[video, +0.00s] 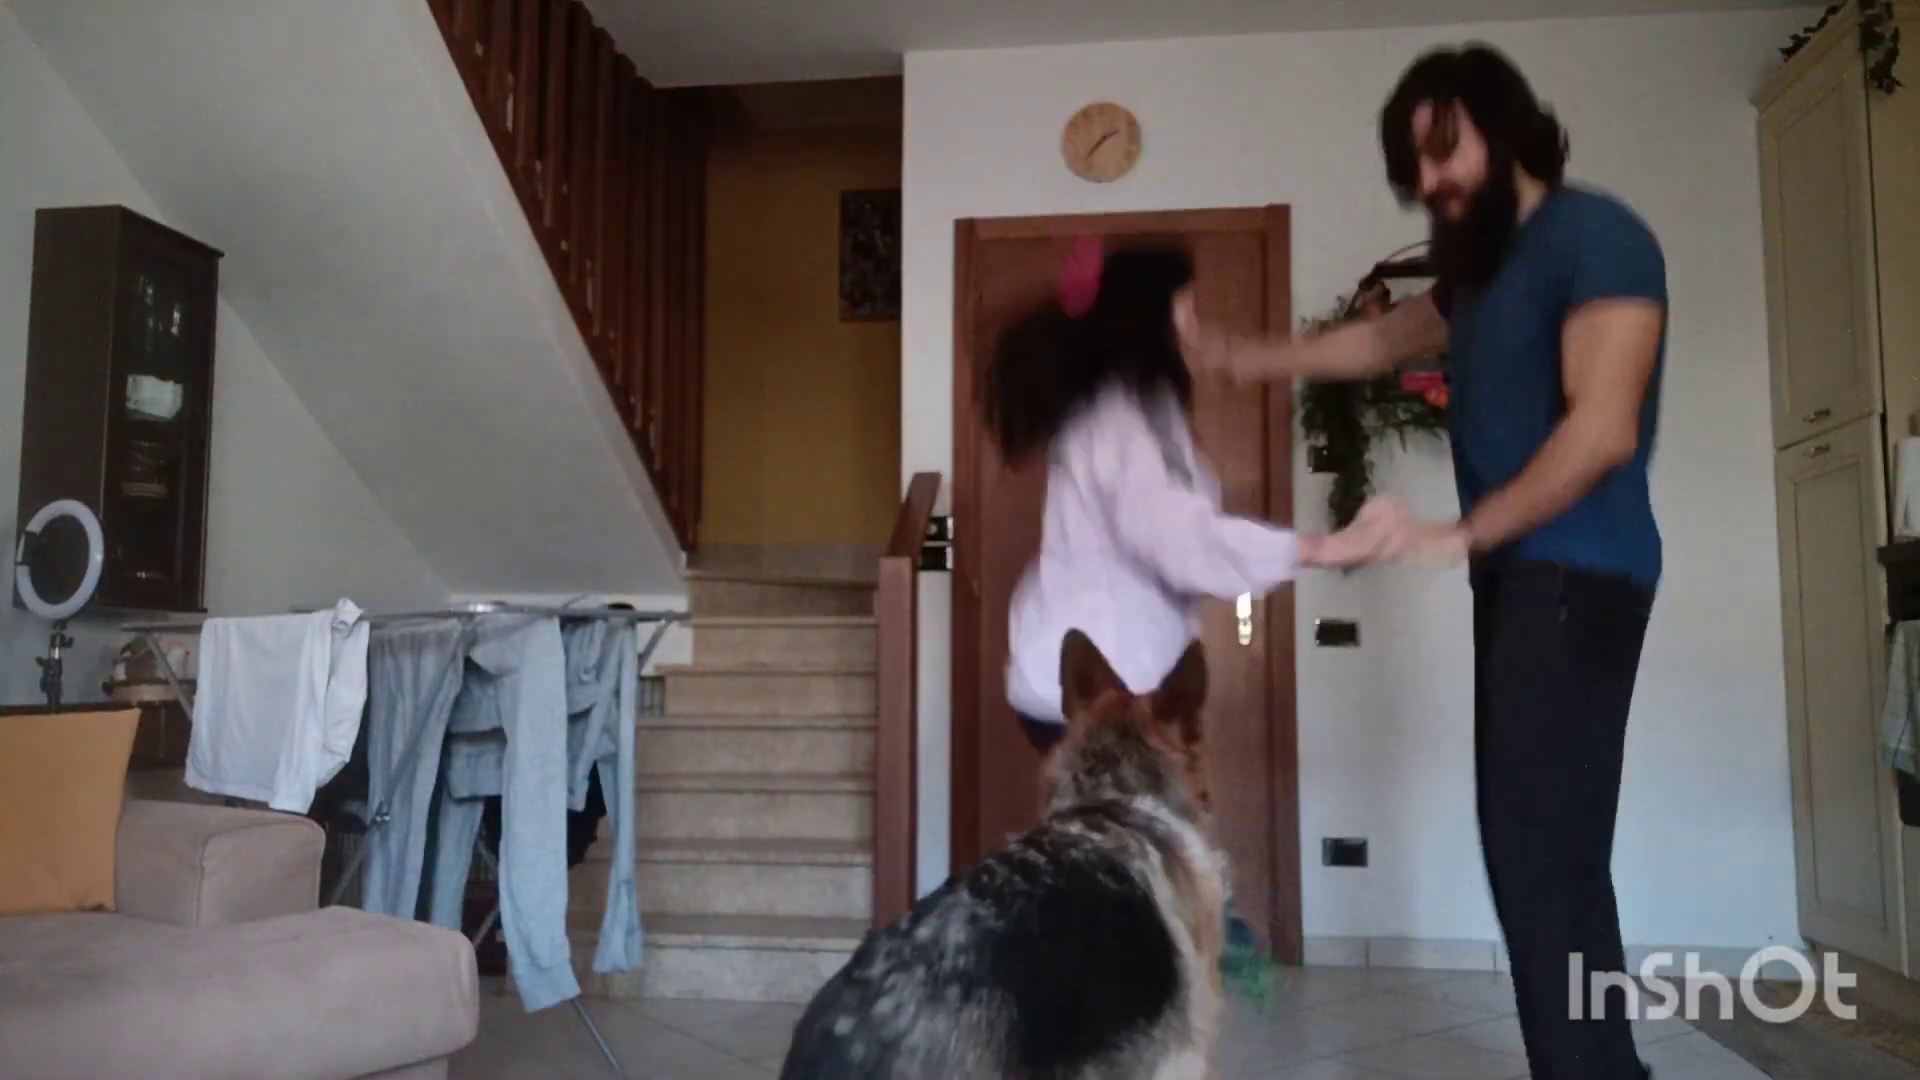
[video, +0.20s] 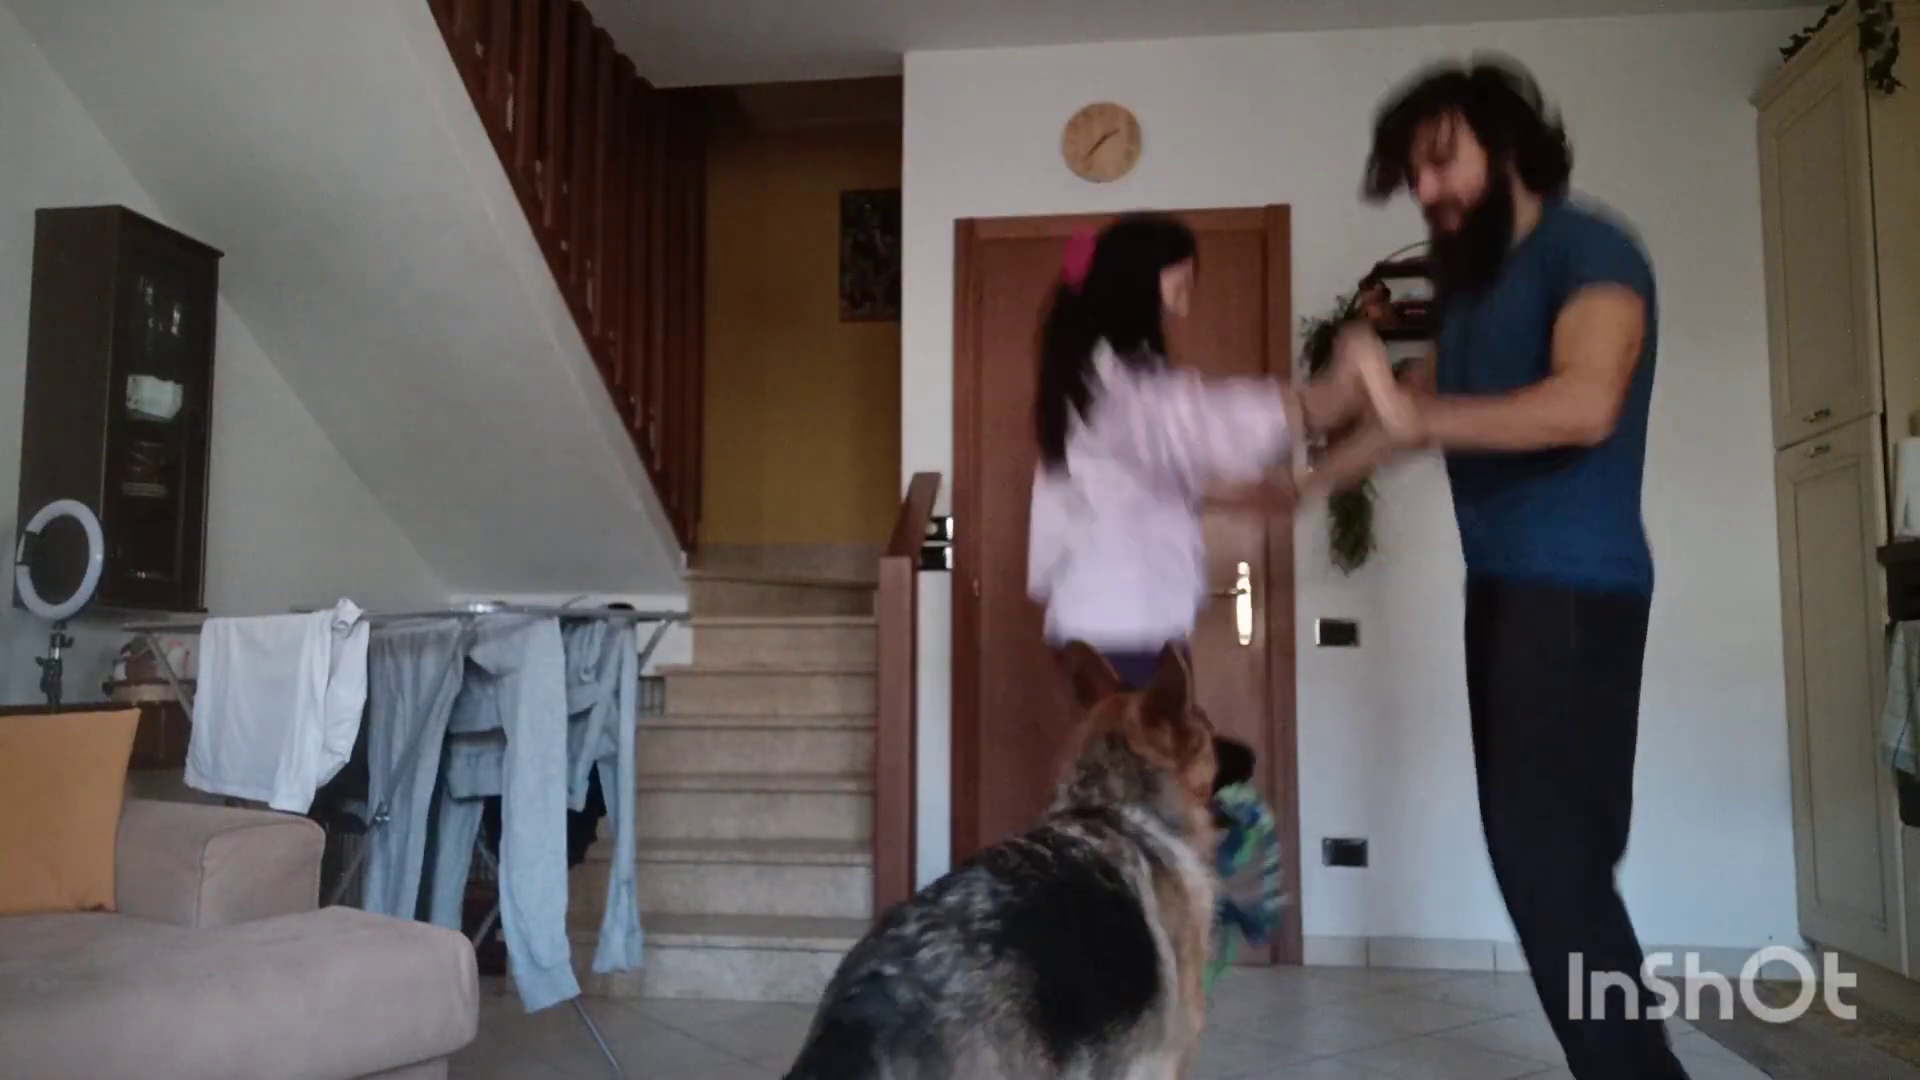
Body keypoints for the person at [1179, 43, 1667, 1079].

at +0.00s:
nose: (1430, 181)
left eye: (1444, 150)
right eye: (1416, 163)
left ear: (1505, 131)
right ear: (1414, 167)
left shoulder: (1596, 237)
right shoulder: (1493, 264)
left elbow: (1604, 432)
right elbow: (1383, 342)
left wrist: (1457, 534)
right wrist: (1235, 357)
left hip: (1576, 579)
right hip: (1521, 575)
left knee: (1541, 846)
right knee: (1532, 847)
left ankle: (1586, 1065)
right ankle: (1591, 1062)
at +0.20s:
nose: (1429, 190)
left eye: (1444, 159)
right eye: (1416, 172)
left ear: (1507, 147)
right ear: (1414, 179)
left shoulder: (1591, 246)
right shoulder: (1477, 282)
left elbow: (1584, 406)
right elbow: (1419, 417)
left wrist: (1416, 420)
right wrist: (1305, 477)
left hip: (1576, 593)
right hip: (1506, 591)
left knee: (1552, 857)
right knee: (1533, 856)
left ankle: (1632, 1067)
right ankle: (1629, 1063)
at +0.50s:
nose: (1445, 170)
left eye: (1453, 142)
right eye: (1430, 157)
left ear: (1508, 122)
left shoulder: (1582, 215)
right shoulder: (1508, 269)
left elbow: (1437, 193)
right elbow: (1480, 429)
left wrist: (1290, 154)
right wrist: (1402, 531)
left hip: (1560, 544)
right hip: (1512, 551)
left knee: (1500, 787)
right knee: (1529, 796)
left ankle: (1593, 1051)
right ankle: (1590, 1048)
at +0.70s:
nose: (1431, 220)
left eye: (1434, 195)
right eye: (1425, 203)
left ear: (1474, 170)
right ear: (1494, 176)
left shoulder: (1545, 251)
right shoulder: (1529, 293)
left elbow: (1356, 192)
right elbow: (1503, 475)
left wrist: (1243, 156)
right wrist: (1389, 557)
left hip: (1542, 588)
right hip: (1531, 590)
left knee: (1476, 841)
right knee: (1535, 849)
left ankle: (1542, 1065)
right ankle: (1608, 1066)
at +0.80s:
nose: (1421, 222)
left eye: (1425, 200)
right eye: (1416, 206)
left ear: (1467, 171)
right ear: (1488, 173)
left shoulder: (1536, 240)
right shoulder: (1538, 283)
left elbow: (1339, 192)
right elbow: (1513, 465)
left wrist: (1230, 161)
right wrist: (1393, 529)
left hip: (1526, 575)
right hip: (1542, 574)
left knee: (1456, 820)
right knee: (1528, 828)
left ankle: (1540, 1063)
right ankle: (1605, 1062)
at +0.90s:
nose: (1411, 200)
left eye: (1414, 179)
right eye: (1406, 184)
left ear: (1454, 148)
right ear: (1488, 148)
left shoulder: (1522, 212)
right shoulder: (1553, 253)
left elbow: (1320, 173)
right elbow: (1520, 422)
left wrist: (1207, 173)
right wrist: (1408, 512)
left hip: (1513, 544)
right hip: (1551, 548)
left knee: (1430, 789)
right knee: (1534, 797)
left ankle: (1489, 1056)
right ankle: (1600, 1056)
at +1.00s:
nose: (1397, 204)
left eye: (1399, 184)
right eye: (1391, 190)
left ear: (1435, 152)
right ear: (1493, 152)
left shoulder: (1486, 206)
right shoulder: (1575, 266)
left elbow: (1294, 194)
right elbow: (1528, 419)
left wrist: (1186, 209)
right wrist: (1408, 511)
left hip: (1493, 547)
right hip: (1569, 558)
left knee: (1416, 810)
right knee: (1539, 805)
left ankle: (1441, 1062)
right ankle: (1605, 1055)